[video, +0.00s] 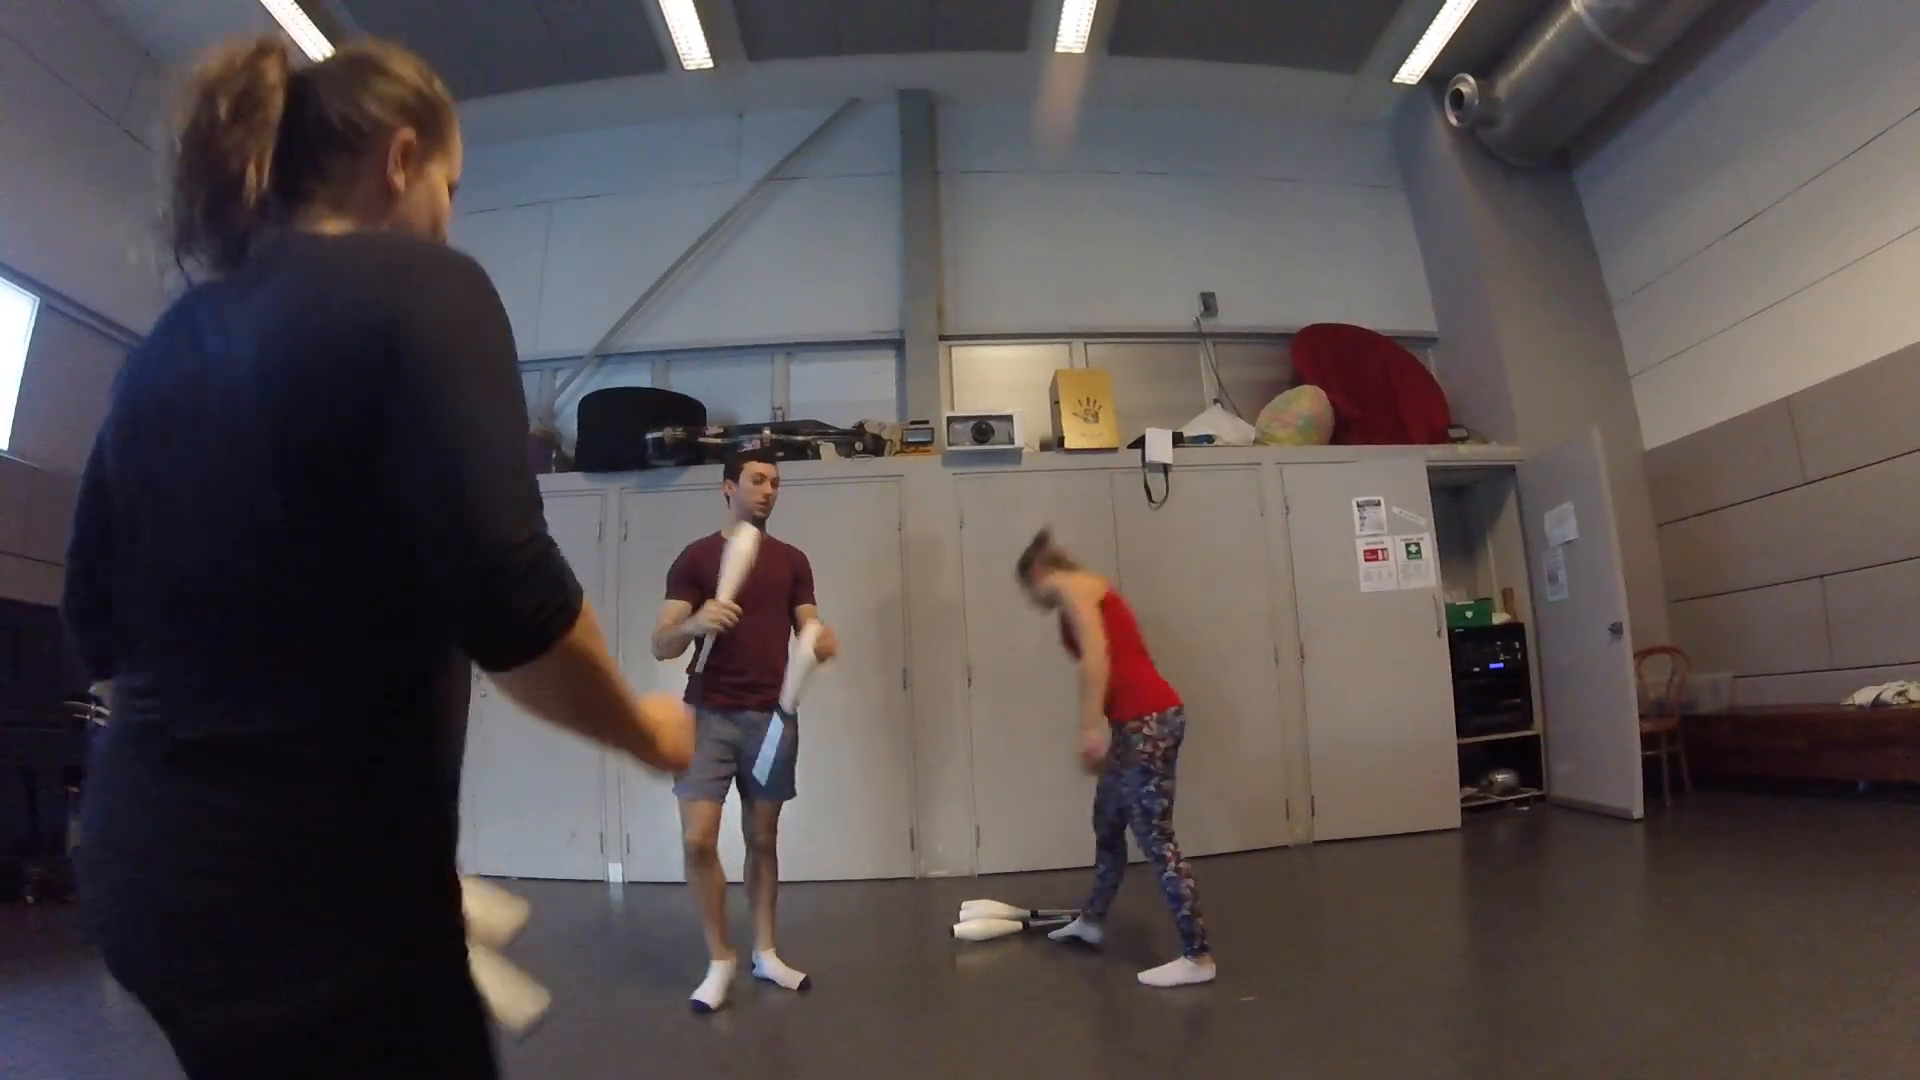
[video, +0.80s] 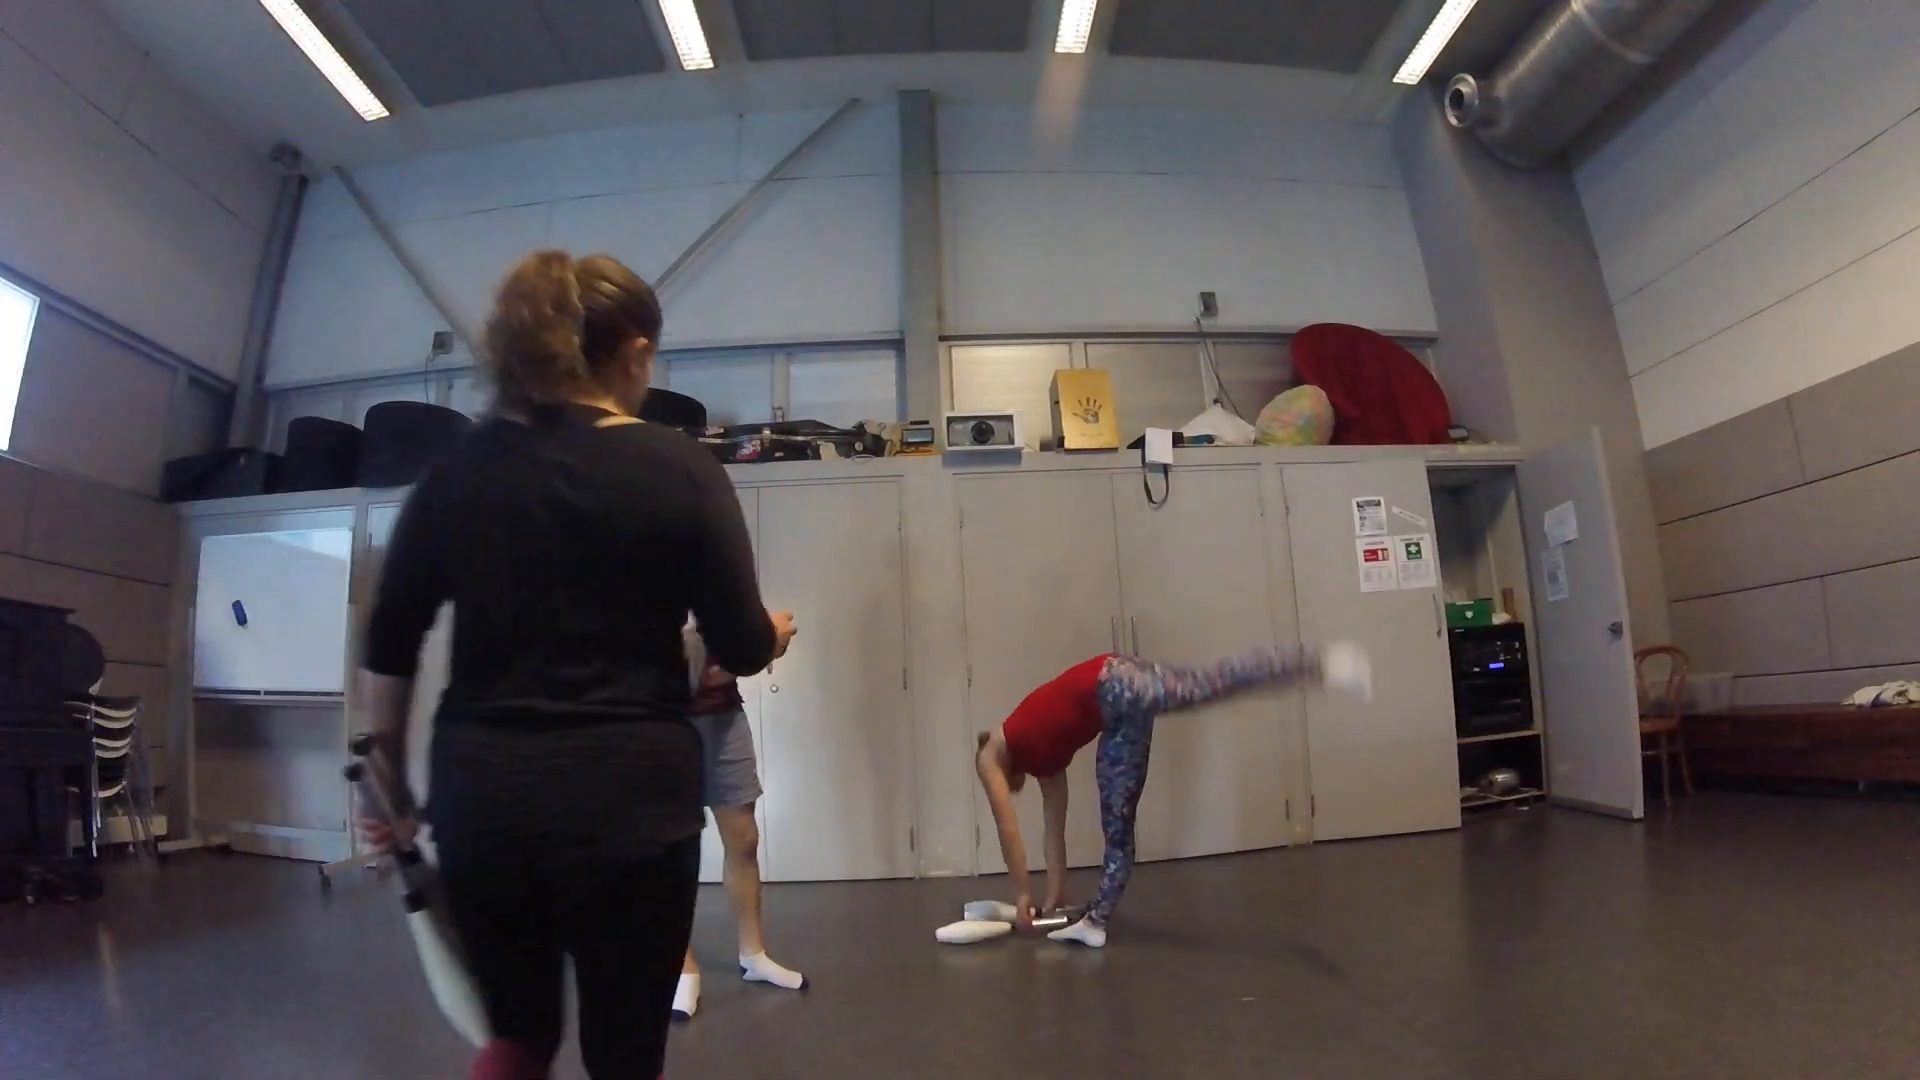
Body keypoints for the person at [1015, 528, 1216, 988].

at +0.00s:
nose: (1035, 596)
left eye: (1032, 586)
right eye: (1032, 589)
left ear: (1041, 572)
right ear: (1056, 564)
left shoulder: (1075, 585)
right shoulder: (1090, 589)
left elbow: (1096, 651)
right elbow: (1117, 662)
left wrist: (1093, 722)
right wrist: (1114, 732)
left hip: (1150, 720)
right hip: (1134, 722)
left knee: (1153, 833)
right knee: (1109, 820)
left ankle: (1198, 954)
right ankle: (1092, 920)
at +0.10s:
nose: (1004, 639)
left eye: (1000, 629)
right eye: (999, 633)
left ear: (1010, 612)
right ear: (1018, 609)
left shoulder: (1040, 613)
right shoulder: (1054, 629)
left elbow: (1067, 671)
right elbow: (1096, 709)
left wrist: (1057, 745)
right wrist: (1100, 764)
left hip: (1145, 715)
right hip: (1121, 726)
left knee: (1157, 829)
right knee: (1100, 819)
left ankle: (1195, 948)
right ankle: (1090, 923)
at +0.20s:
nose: (989, 693)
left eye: (981, 683)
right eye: (982, 687)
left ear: (983, 660)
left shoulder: (1006, 651)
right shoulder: (1032, 670)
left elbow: (1034, 705)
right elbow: (1061, 751)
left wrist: (1033, 779)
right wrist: (1072, 825)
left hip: (1136, 703)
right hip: (1120, 717)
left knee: (1168, 812)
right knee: (1098, 817)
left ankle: (1216, 923)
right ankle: (1091, 922)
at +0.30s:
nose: (985, 734)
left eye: (978, 724)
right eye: (980, 728)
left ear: (977, 701)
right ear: (996, 702)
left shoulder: (986, 694)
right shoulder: (1035, 716)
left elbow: (1010, 757)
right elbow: (1049, 787)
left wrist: (1016, 817)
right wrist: (1053, 860)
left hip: (1126, 692)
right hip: (1121, 708)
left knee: (1179, 775)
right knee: (1103, 817)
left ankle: (1281, 854)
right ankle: (1092, 922)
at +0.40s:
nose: (992, 764)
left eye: (979, 754)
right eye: (988, 759)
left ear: (978, 734)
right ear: (1001, 743)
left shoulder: (985, 727)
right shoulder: (1038, 744)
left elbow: (997, 799)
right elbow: (1045, 815)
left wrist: (1005, 857)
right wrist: (1047, 883)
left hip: (1116, 685)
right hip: (1118, 705)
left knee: (1193, 728)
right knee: (1112, 820)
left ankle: (1316, 761)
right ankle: (1094, 924)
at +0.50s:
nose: (1004, 787)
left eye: (995, 777)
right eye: (1000, 782)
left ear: (991, 757)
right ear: (1010, 763)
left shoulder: (987, 746)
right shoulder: (1044, 756)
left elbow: (997, 826)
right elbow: (1052, 826)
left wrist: (1011, 881)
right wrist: (1049, 898)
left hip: (1113, 680)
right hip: (1119, 698)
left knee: (1200, 686)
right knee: (1114, 817)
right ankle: (1095, 922)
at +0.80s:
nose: (1007, 784)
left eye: (995, 775)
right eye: (1004, 776)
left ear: (988, 755)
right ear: (1013, 755)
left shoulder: (992, 754)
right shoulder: (1047, 754)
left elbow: (1007, 828)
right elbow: (1053, 823)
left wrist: (1023, 896)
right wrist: (1054, 890)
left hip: (1114, 683)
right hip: (1122, 692)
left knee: (1203, 684)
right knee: (1117, 817)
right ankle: (1096, 921)